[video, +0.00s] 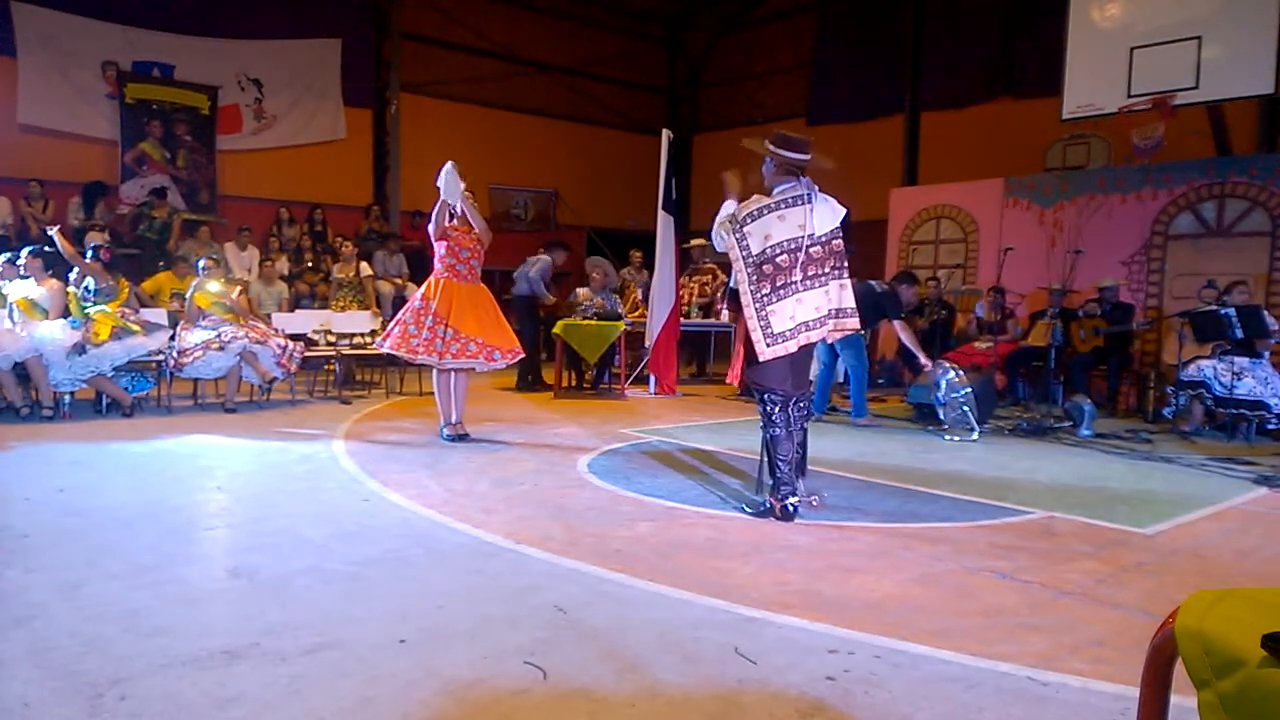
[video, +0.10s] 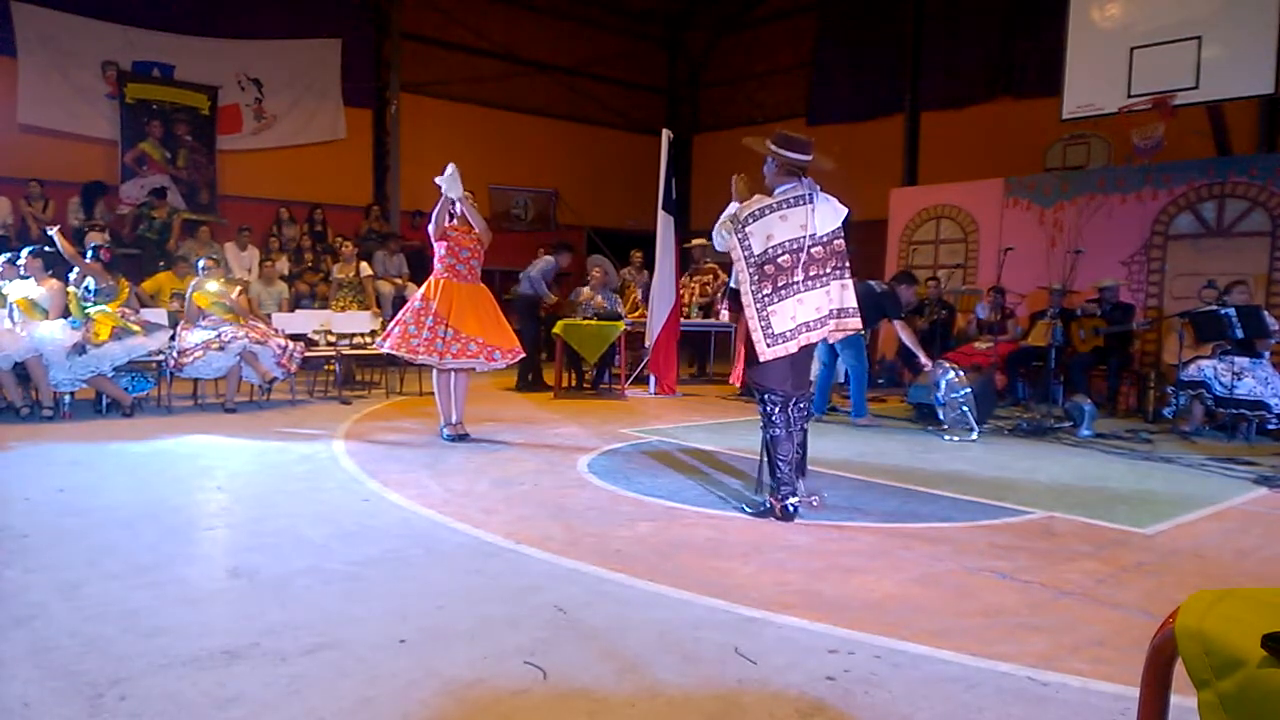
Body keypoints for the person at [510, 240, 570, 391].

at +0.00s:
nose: (564, 260)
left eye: (565, 257)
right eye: (564, 256)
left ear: (553, 251)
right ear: (556, 253)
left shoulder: (532, 259)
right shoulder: (546, 260)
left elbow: (517, 274)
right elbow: (533, 275)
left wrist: (530, 289)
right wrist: (547, 297)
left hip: (519, 297)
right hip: (528, 298)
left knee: (529, 340)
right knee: (531, 341)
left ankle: (535, 376)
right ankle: (524, 378)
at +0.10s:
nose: (568, 263)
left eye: (569, 259)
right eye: (568, 258)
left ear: (561, 256)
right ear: (561, 255)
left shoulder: (542, 261)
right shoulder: (549, 261)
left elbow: (522, 275)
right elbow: (534, 275)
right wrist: (547, 296)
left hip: (528, 298)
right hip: (527, 299)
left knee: (533, 341)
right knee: (530, 341)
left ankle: (537, 377)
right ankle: (523, 379)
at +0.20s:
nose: (573, 262)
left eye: (574, 258)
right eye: (572, 258)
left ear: (565, 257)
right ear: (565, 256)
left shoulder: (554, 267)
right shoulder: (552, 261)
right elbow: (536, 273)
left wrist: (549, 296)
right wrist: (549, 294)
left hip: (535, 299)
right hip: (527, 298)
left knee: (538, 339)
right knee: (531, 339)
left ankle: (537, 377)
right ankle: (523, 379)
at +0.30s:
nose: (576, 262)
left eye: (577, 259)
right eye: (575, 258)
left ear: (569, 257)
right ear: (568, 255)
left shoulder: (557, 268)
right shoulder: (555, 260)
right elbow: (538, 272)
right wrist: (550, 293)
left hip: (537, 299)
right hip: (529, 298)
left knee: (539, 340)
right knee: (531, 340)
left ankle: (538, 377)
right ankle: (521, 378)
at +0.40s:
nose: (577, 263)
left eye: (578, 259)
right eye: (576, 258)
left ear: (570, 258)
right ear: (570, 255)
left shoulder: (560, 268)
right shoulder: (556, 260)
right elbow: (539, 271)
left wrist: (552, 297)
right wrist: (551, 293)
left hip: (540, 300)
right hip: (531, 299)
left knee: (539, 341)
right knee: (529, 340)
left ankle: (538, 377)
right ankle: (520, 378)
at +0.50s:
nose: (579, 263)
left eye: (580, 260)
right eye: (578, 258)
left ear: (573, 259)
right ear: (571, 256)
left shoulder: (563, 270)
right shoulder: (557, 260)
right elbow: (539, 271)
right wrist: (551, 292)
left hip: (540, 300)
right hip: (530, 298)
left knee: (540, 341)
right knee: (529, 339)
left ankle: (538, 377)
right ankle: (519, 377)